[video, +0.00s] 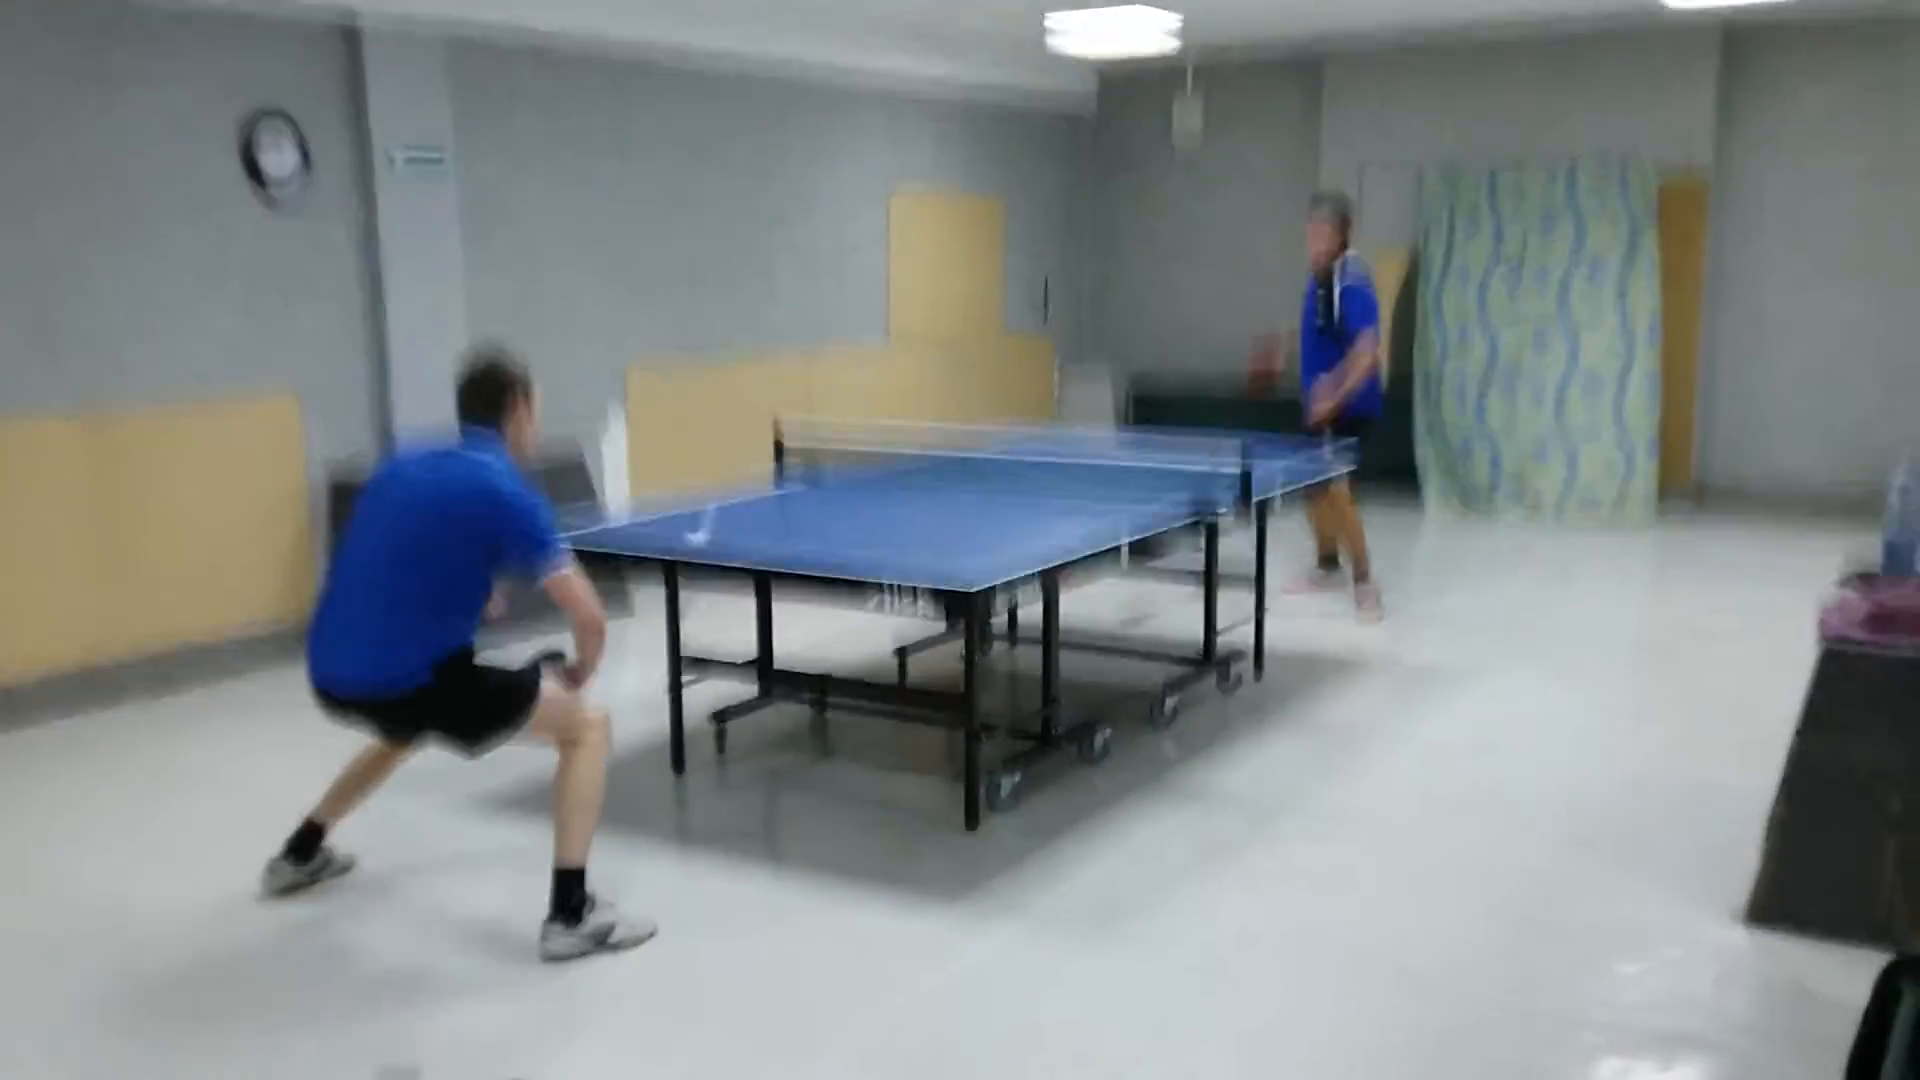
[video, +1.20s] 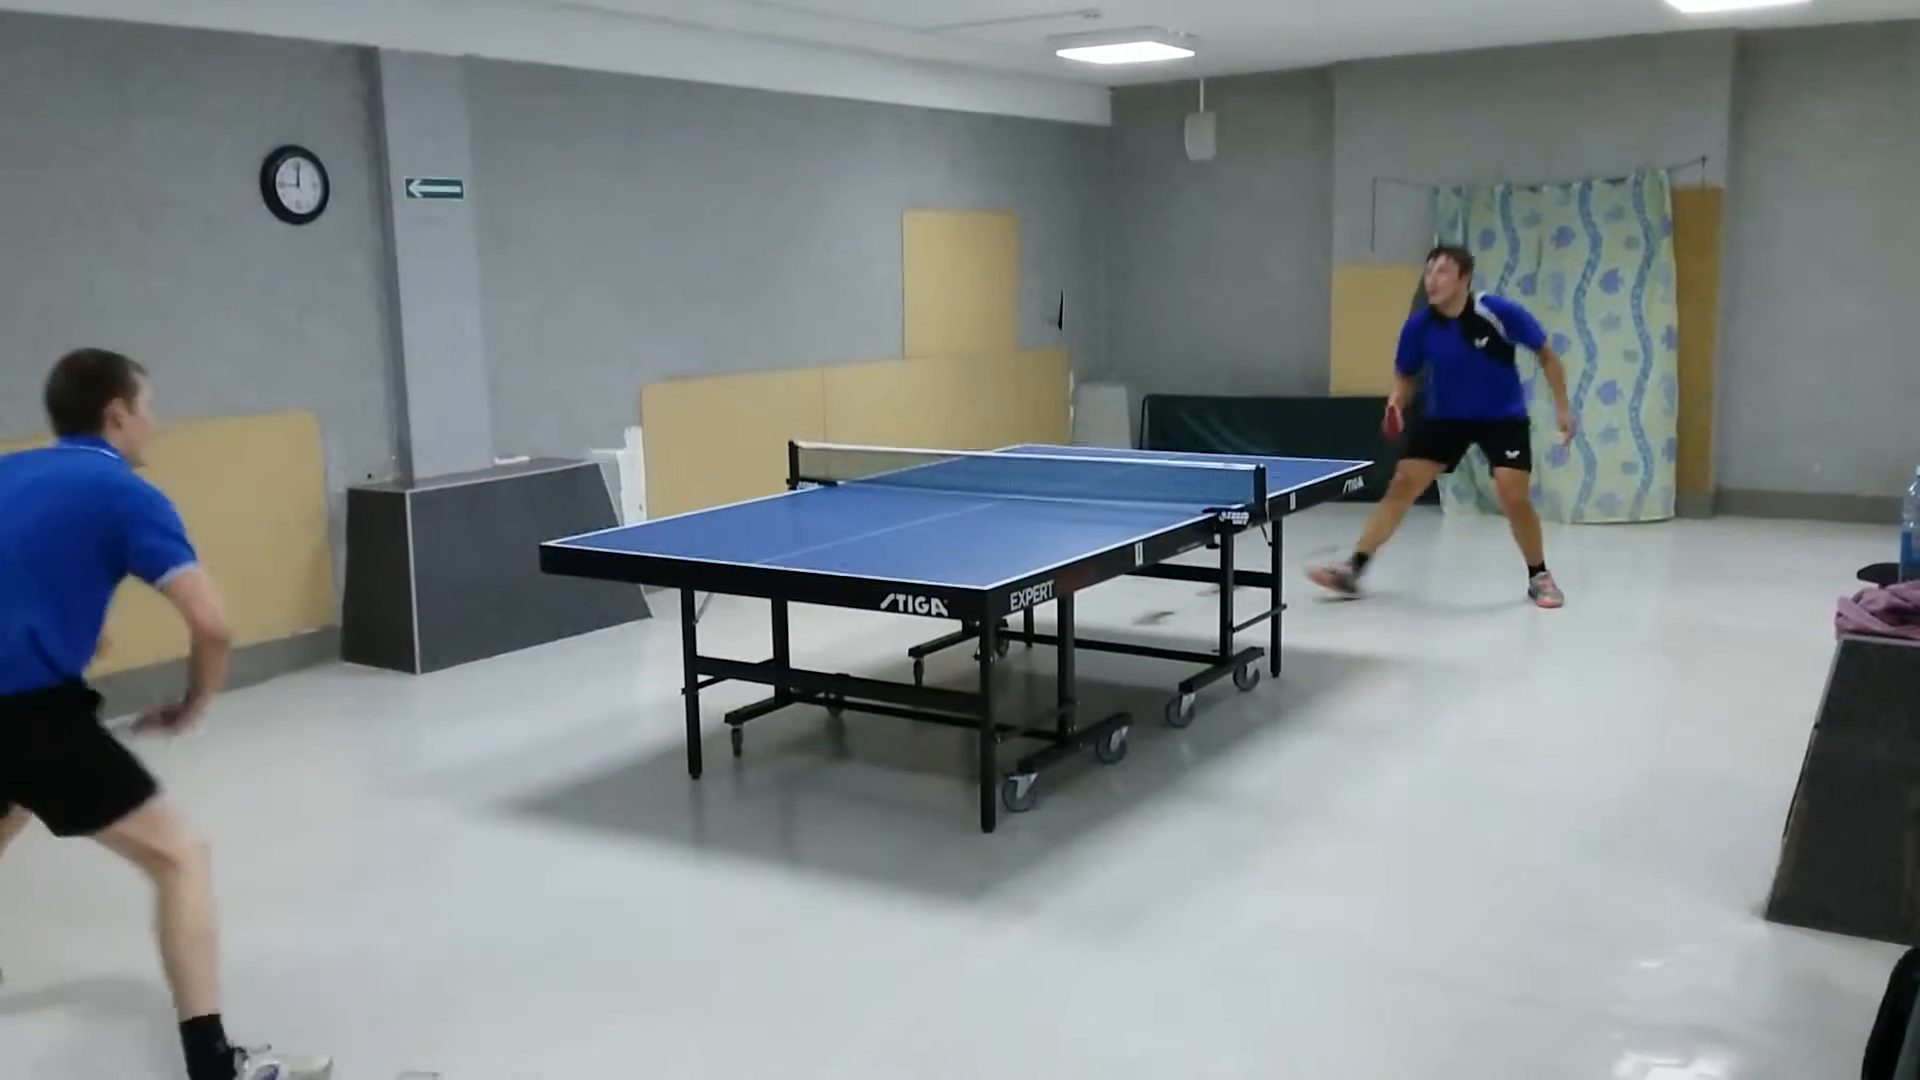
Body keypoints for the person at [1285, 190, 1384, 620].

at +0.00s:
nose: (1315, 240)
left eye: (1323, 231)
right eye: (1311, 230)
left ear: (1342, 234)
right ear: (1306, 235)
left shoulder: (1351, 280)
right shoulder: (1319, 278)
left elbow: (1366, 348)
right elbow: (1316, 337)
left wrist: (1334, 392)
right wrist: (1284, 357)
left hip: (1347, 399)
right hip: (1319, 394)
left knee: (1337, 487)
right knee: (1314, 485)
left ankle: (1362, 580)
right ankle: (1326, 565)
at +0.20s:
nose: (1332, 239)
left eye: (1341, 231)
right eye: (1327, 230)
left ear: (1359, 233)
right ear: (1320, 233)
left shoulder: (1385, 269)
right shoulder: (1316, 273)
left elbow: (1411, 320)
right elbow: (1297, 317)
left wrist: (1385, 374)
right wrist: (1283, 361)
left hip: (1392, 375)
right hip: (1345, 377)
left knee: (1392, 453)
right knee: (1336, 457)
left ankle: (1415, 549)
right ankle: (1339, 538)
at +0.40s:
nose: (1339, 276)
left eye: (1348, 268)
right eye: (1335, 266)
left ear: (1366, 271)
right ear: (1327, 269)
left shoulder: (1396, 302)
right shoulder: (1318, 312)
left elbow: (1437, 345)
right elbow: (1289, 357)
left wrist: (1428, 401)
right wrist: (1301, 395)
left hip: (1401, 415)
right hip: (1346, 416)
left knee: (1427, 484)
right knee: (1318, 480)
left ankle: (1474, 569)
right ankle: (1313, 554)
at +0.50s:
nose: (1353, 300)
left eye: (1362, 292)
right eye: (1349, 292)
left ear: (1381, 295)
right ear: (1343, 294)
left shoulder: (1419, 320)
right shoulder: (1337, 333)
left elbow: (1457, 364)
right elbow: (1304, 384)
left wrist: (1458, 418)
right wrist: (1324, 412)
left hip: (1424, 422)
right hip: (1369, 423)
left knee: (1448, 488)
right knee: (1317, 477)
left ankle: (1484, 574)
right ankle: (1313, 541)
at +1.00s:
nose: (1381, 316)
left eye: (1390, 307)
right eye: (1375, 309)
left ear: (1409, 311)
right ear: (1368, 316)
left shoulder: (1446, 340)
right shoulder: (1364, 366)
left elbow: (1484, 375)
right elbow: (1341, 420)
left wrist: (1517, 414)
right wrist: (1336, 438)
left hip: (1455, 440)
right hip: (1399, 445)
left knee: (1484, 511)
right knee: (1364, 499)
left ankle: (1527, 578)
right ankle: (1318, 585)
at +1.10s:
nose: (1414, 300)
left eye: (1424, 291)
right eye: (1410, 292)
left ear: (1444, 296)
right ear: (1404, 298)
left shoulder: (1480, 330)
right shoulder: (1396, 347)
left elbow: (1520, 370)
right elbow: (1376, 399)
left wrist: (1548, 418)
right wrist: (1372, 428)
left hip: (1481, 431)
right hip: (1422, 434)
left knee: (1504, 502)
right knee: (1382, 492)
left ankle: (1536, 576)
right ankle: (1326, 578)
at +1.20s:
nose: (1432, 279)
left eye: (1443, 272)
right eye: (1429, 272)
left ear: (1464, 279)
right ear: (1425, 279)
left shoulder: (1499, 313)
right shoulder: (1419, 325)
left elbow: (1546, 355)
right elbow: (1404, 374)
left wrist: (1563, 410)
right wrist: (1395, 404)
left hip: (1503, 419)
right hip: (1445, 420)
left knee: (1513, 493)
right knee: (1405, 481)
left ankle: (1539, 577)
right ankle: (1353, 570)